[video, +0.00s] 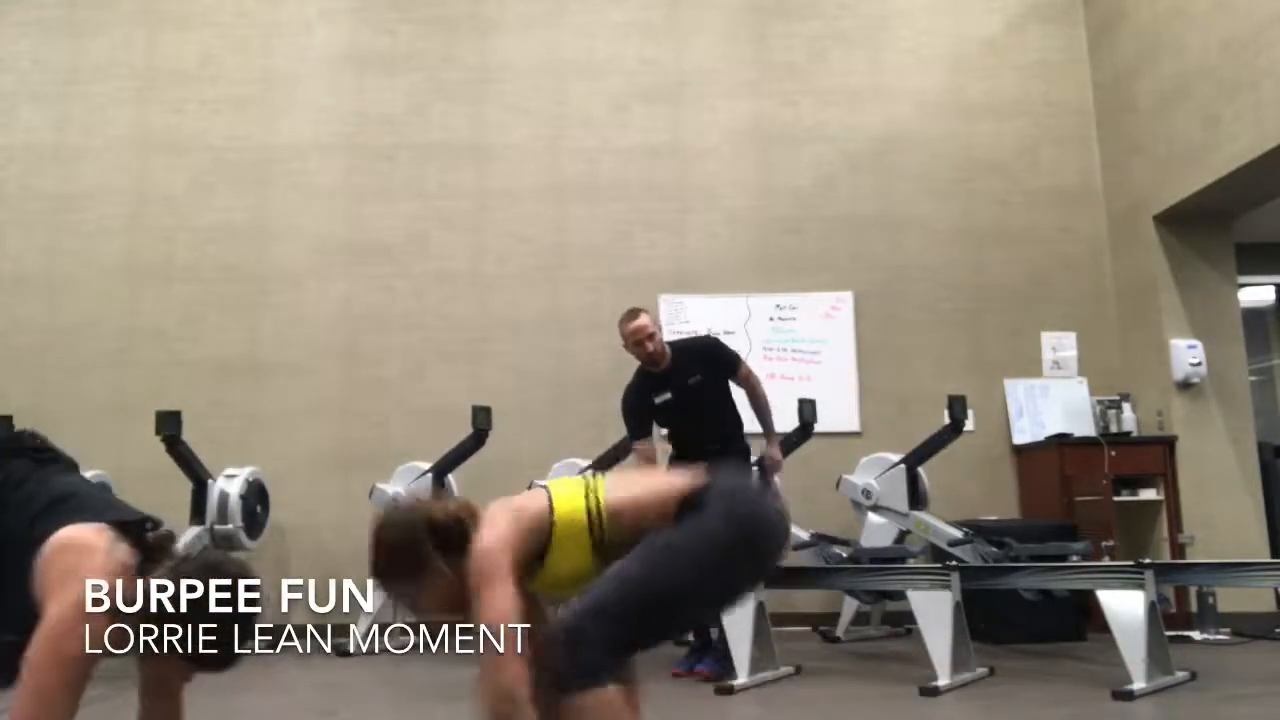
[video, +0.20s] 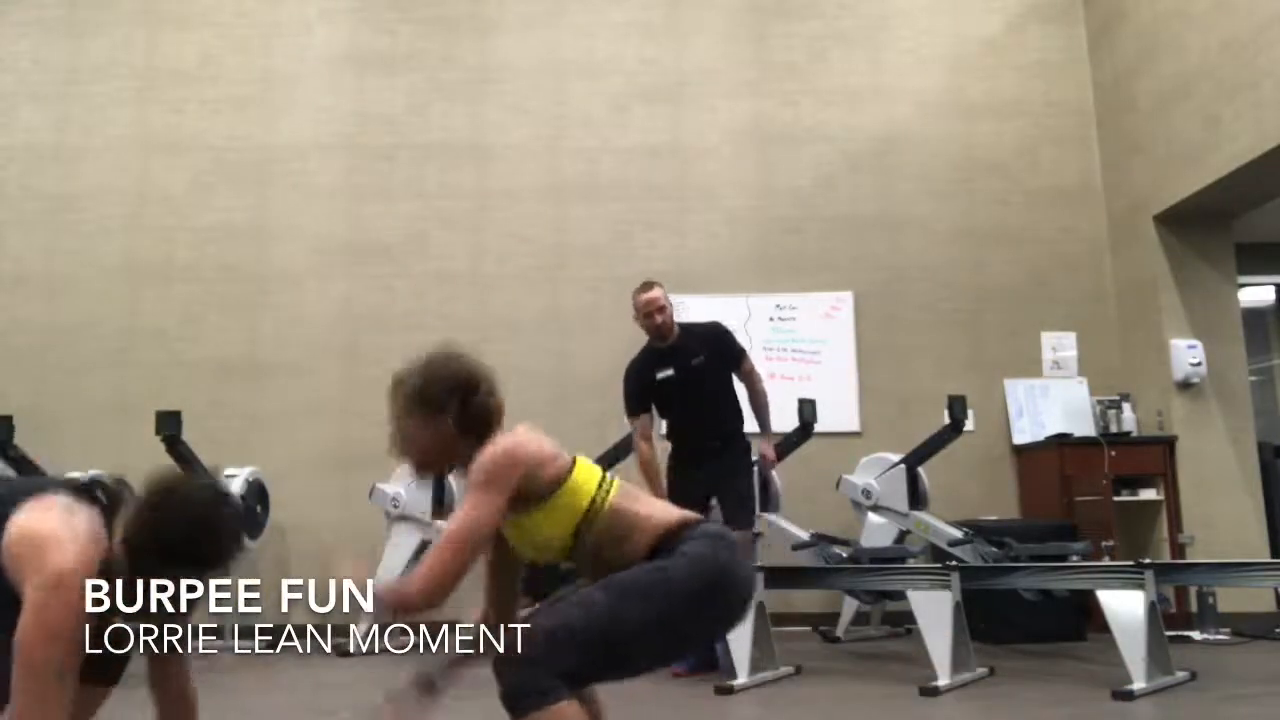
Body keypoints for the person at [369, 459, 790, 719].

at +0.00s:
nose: (420, 615)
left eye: (414, 597)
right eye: (407, 604)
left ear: (439, 561)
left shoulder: (494, 537)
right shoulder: (503, 556)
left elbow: (509, 687)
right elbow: (543, 660)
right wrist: (537, 706)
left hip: (735, 514)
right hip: (734, 520)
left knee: (584, 642)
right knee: (583, 642)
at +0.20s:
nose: (401, 440)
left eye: (408, 424)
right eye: (400, 426)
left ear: (447, 421)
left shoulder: (507, 455)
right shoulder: (502, 491)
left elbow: (419, 596)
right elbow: (497, 623)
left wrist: (372, 591)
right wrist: (438, 675)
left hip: (705, 565)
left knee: (526, 660)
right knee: (539, 651)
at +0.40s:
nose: (445, 267)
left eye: (456, 251)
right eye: (448, 252)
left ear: (496, 257)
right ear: (496, 260)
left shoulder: (543, 319)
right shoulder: (527, 337)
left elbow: (474, 421)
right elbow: (499, 472)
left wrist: (405, 381)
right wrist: (421, 432)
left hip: (656, 499)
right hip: (638, 503)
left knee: (517, 662)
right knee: (535, 654)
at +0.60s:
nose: (493, 192)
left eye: (507, 179)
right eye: (500, 178)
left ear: (544, 194)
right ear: (546, 197)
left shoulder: (570, 259)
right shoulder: (548, 291)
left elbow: (447, 296)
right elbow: (471, 378)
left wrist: (428, 230)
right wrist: (435, 299)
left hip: (625, 464)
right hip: (604, 469)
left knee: (527, 658)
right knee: (547, 642)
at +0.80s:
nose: (530, 108)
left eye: (544, 100)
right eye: (536, 98)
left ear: (575, 116)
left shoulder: (572, 161)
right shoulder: (537, 204)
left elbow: (440, 154)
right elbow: (431, 239)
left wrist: (382, 120)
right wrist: (385, 160)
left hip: (584, 402)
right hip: (560, 407)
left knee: (554, 606)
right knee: (553, 604)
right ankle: (588, 707)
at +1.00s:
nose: (541, 66)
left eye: (553, 56)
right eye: (544, 56)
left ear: (589, 65)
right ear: (582, 67)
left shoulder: (598, 113)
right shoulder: (558, 152)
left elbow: (478, 73)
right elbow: (458, 168)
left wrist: (394, 11)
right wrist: (403, 104)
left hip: (569, 335)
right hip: (549, 339)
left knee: (561, 533)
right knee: (558, 533)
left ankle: (582, 705)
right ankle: (586, 701)